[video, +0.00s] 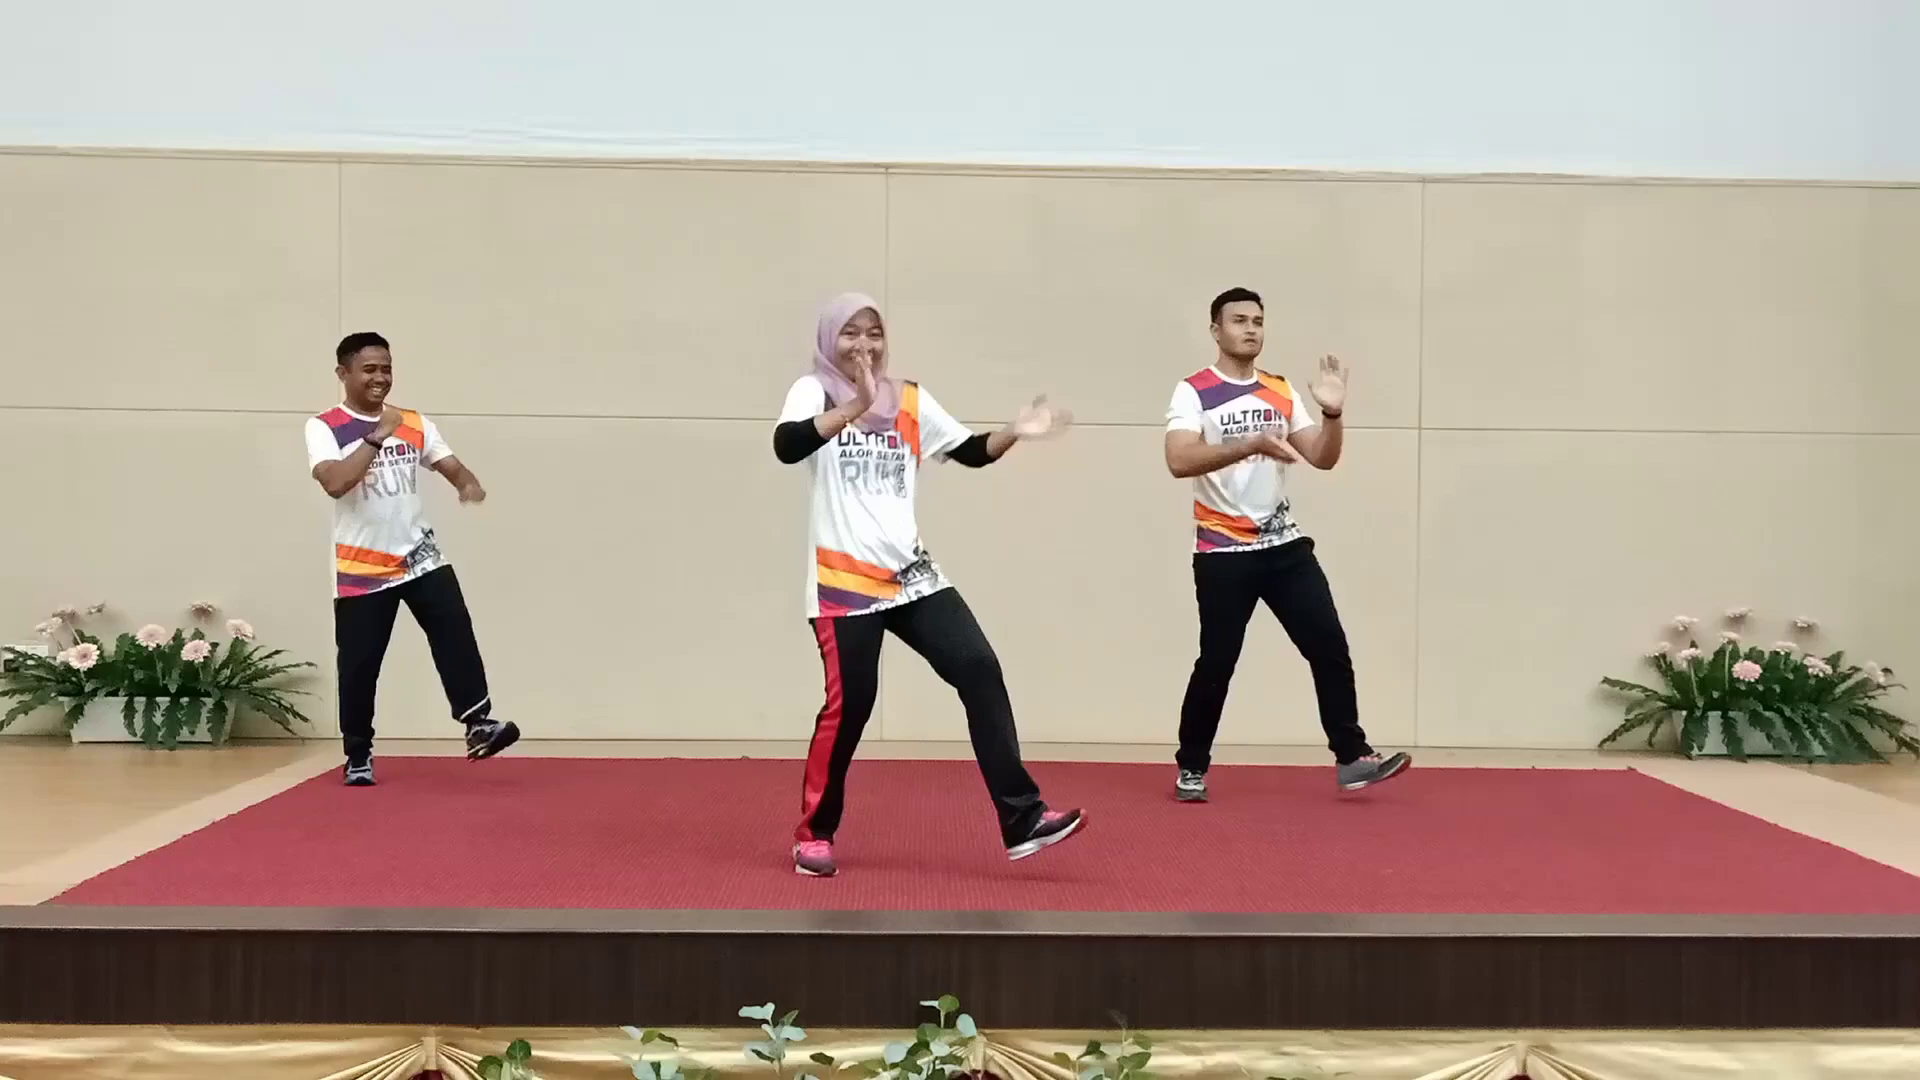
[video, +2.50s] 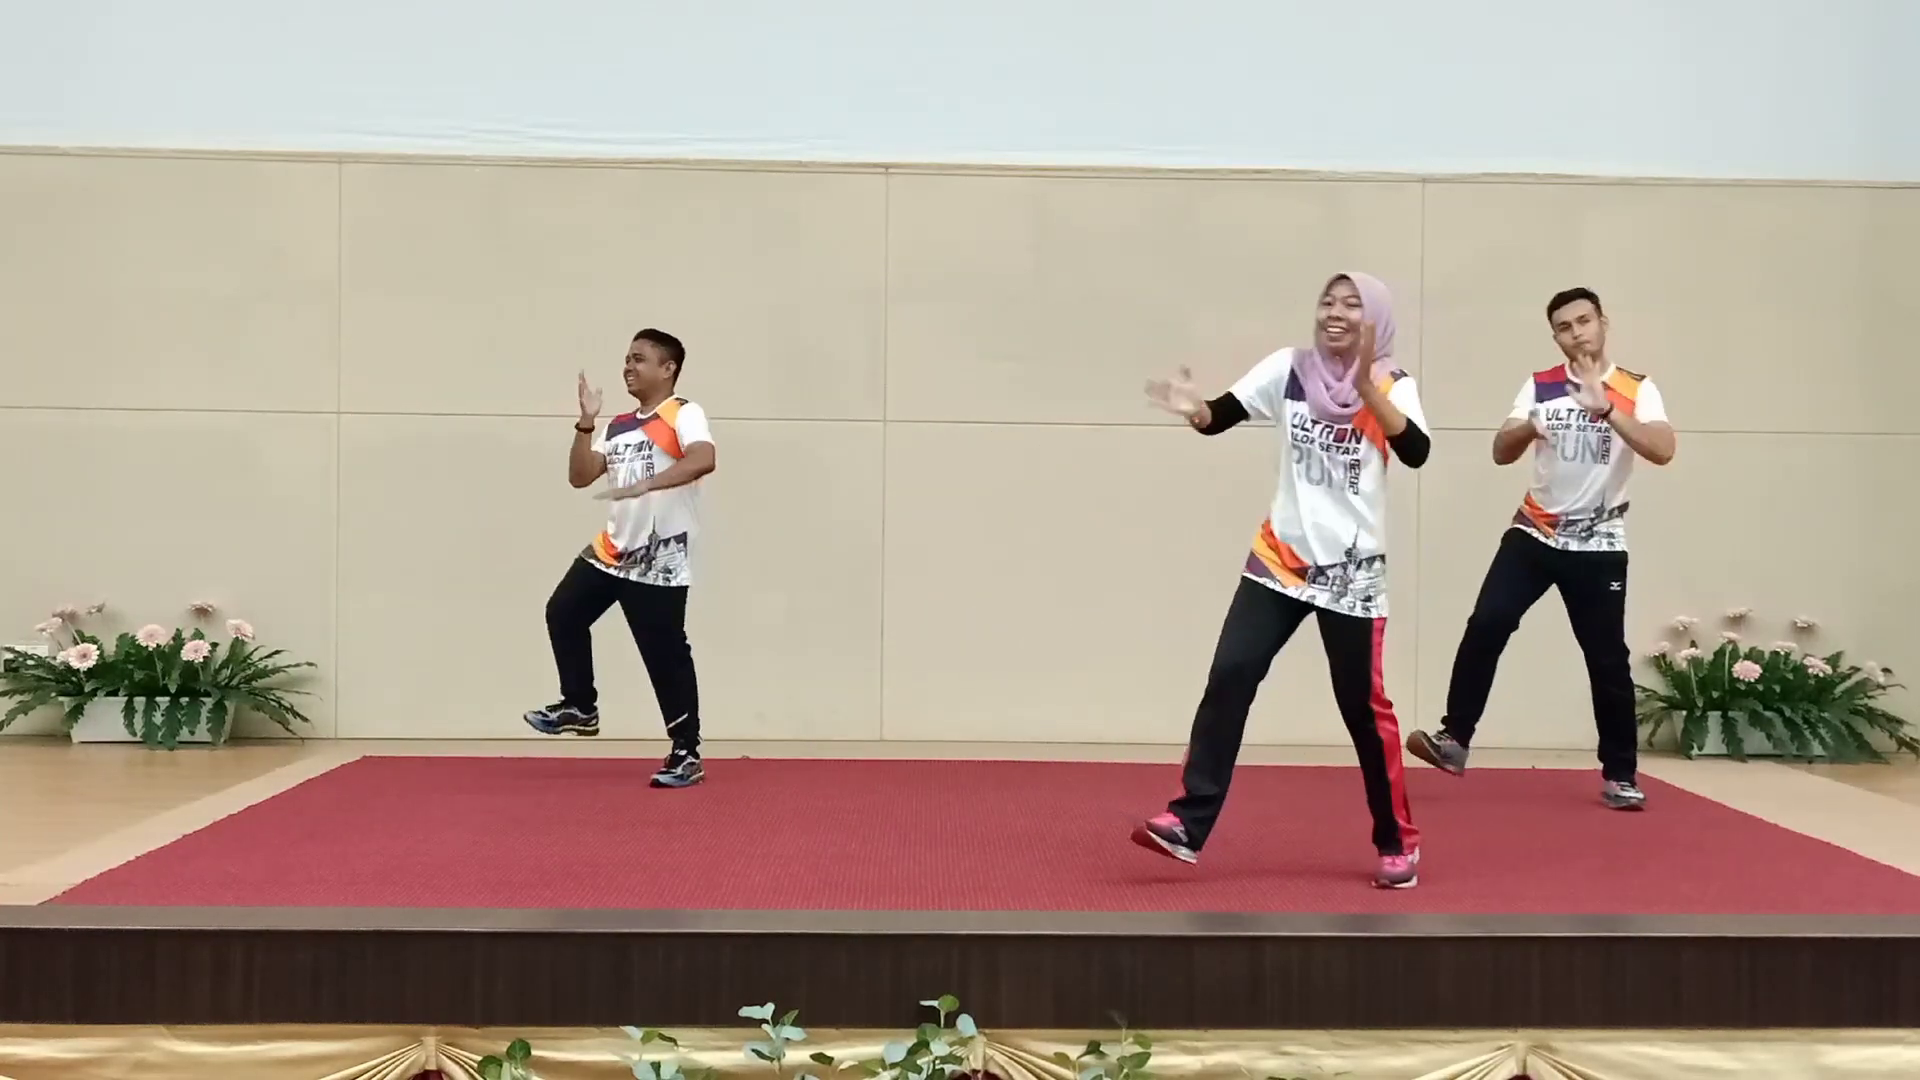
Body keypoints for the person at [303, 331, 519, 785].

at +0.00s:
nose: (380, 378)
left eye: (386, 370)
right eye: (369, 370)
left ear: (391, 373)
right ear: (343, 373)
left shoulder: (413, 424)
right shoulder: (323, 428)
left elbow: (452, 468)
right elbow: (335, 483)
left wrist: (468, 484)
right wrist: (379, 434)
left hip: (419, 558)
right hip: (362, 568)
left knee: (454, 629)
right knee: (358, 667)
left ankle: (478, 725)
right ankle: (358, 756)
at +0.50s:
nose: (428, 376)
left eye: (438, 367)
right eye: (419, 369)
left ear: (457, 372)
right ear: (408, 377)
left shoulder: (482, 433)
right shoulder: (384, 429)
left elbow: (505, 489)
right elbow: (344, 486)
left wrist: (456, 455)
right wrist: (336, 529)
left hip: (455, 573)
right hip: (394, 573)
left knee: (473, 664)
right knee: (371, 668)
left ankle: (500, 758)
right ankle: (359, 755)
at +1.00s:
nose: (507, 373)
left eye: (519, 365)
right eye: (502, 366)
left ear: (544, 373)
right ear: (496, 374)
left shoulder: (551, 419)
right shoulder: (493, 432)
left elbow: (553, 477)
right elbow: (458, 493)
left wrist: (503, 528)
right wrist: (456, 455)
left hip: (528, 563)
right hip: (495, 564)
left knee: (511, 660)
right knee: (513, 659)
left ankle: (502, 756)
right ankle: (575, 732)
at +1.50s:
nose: (593, 369)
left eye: (605, 362)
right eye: (591, 361)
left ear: (632, 372)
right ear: (587, 369)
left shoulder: (645, 423)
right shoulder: (573, 426)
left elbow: (636, 470)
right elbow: (533, 480)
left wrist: (595, 418)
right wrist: (505, 527)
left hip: (618, 566)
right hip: (580, 566)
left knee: (621, 655)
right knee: (580, 661)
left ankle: (670, 737)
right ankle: (595, 753)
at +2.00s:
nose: (649, 374)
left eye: (660, 366)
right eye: (648, 367)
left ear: (689, 375)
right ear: (648, 375)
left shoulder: (697, 428)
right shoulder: (643, 430)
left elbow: (695, 498)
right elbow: (589, 470)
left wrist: (627, 519)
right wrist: (577, 430)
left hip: (665, 567)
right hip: (624, 561)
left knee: (665, 659)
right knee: (577, 623)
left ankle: (686, 755)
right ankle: (559, 726)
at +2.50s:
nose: (627, 367)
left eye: (638, 360)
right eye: (628, 359)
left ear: (668, 368)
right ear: (632, 368)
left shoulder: (684, 413)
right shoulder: (618, 425)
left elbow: (703, 459)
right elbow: (580, 477)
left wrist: (644, 484)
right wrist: (585, 428)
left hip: (659, 561)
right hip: (610, 551)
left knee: (666, 655)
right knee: (563, 614)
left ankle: (685, 755)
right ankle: (579, 709)